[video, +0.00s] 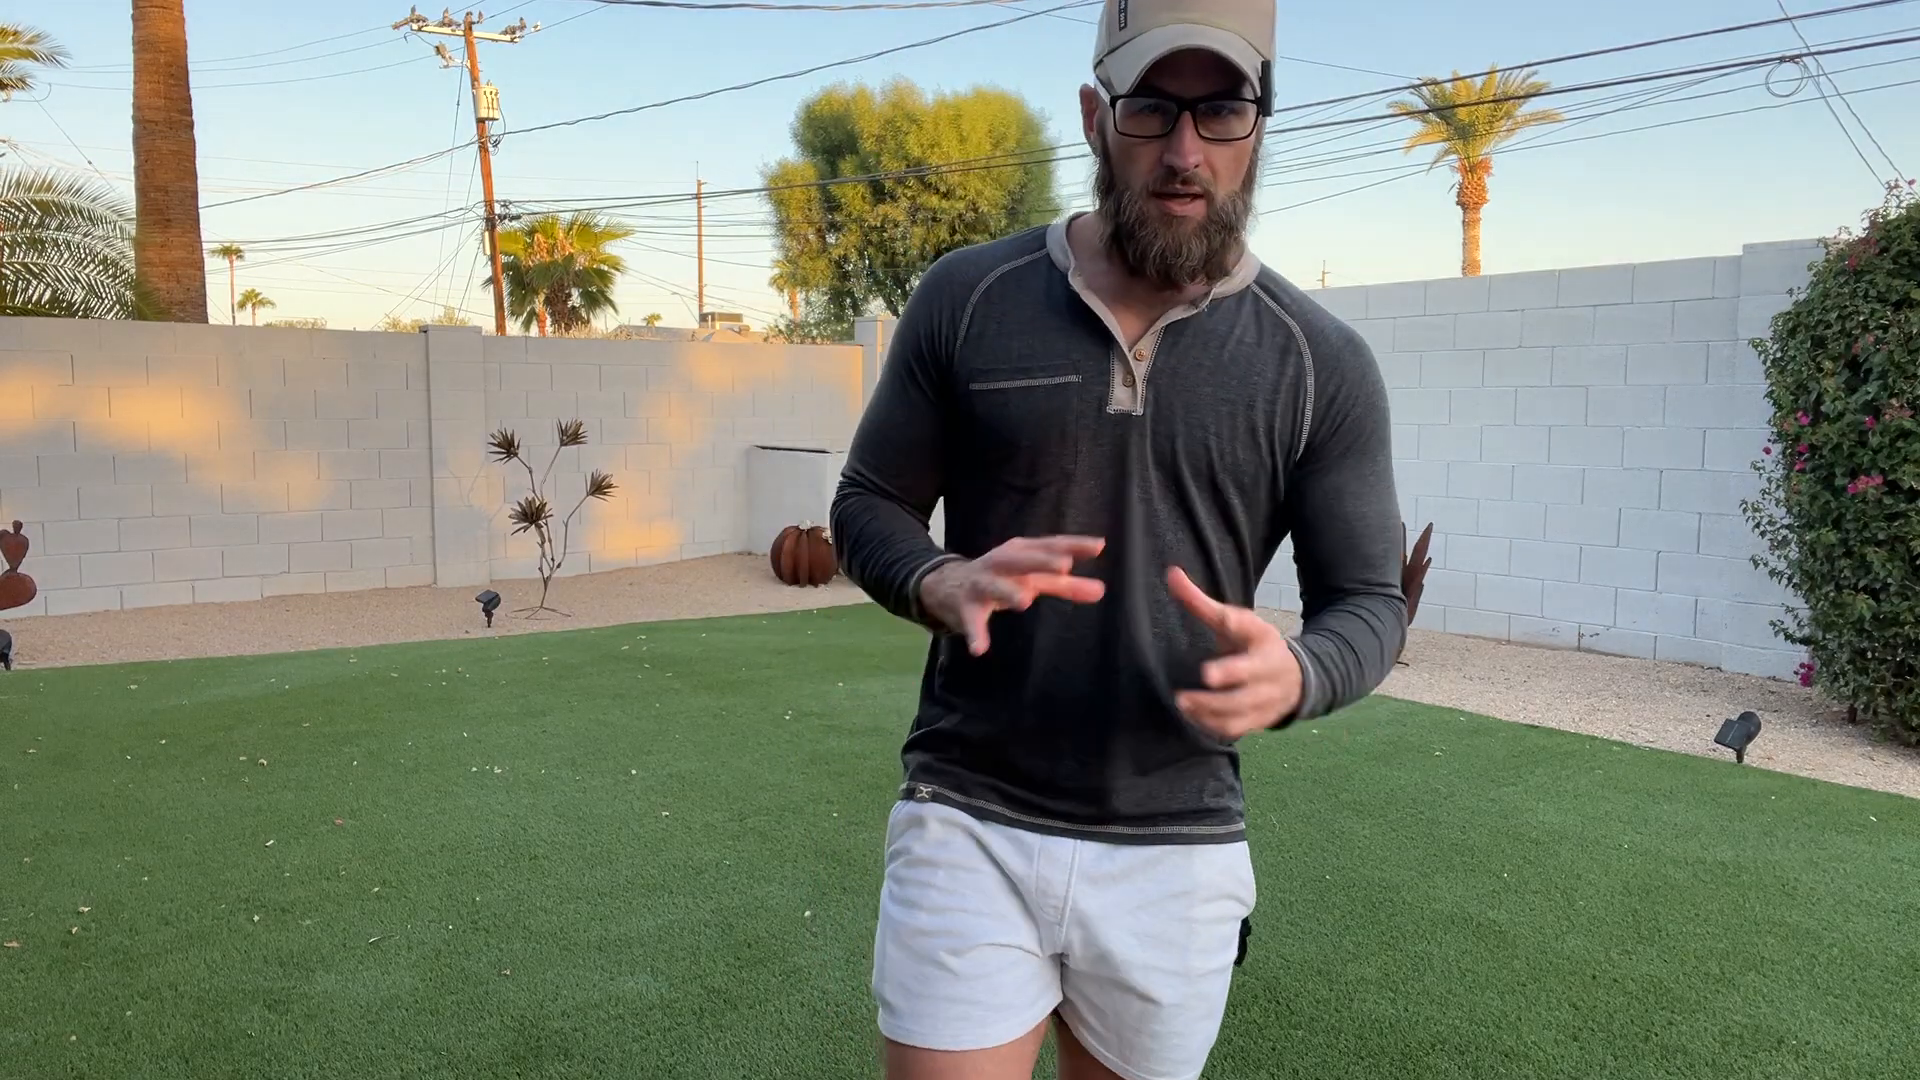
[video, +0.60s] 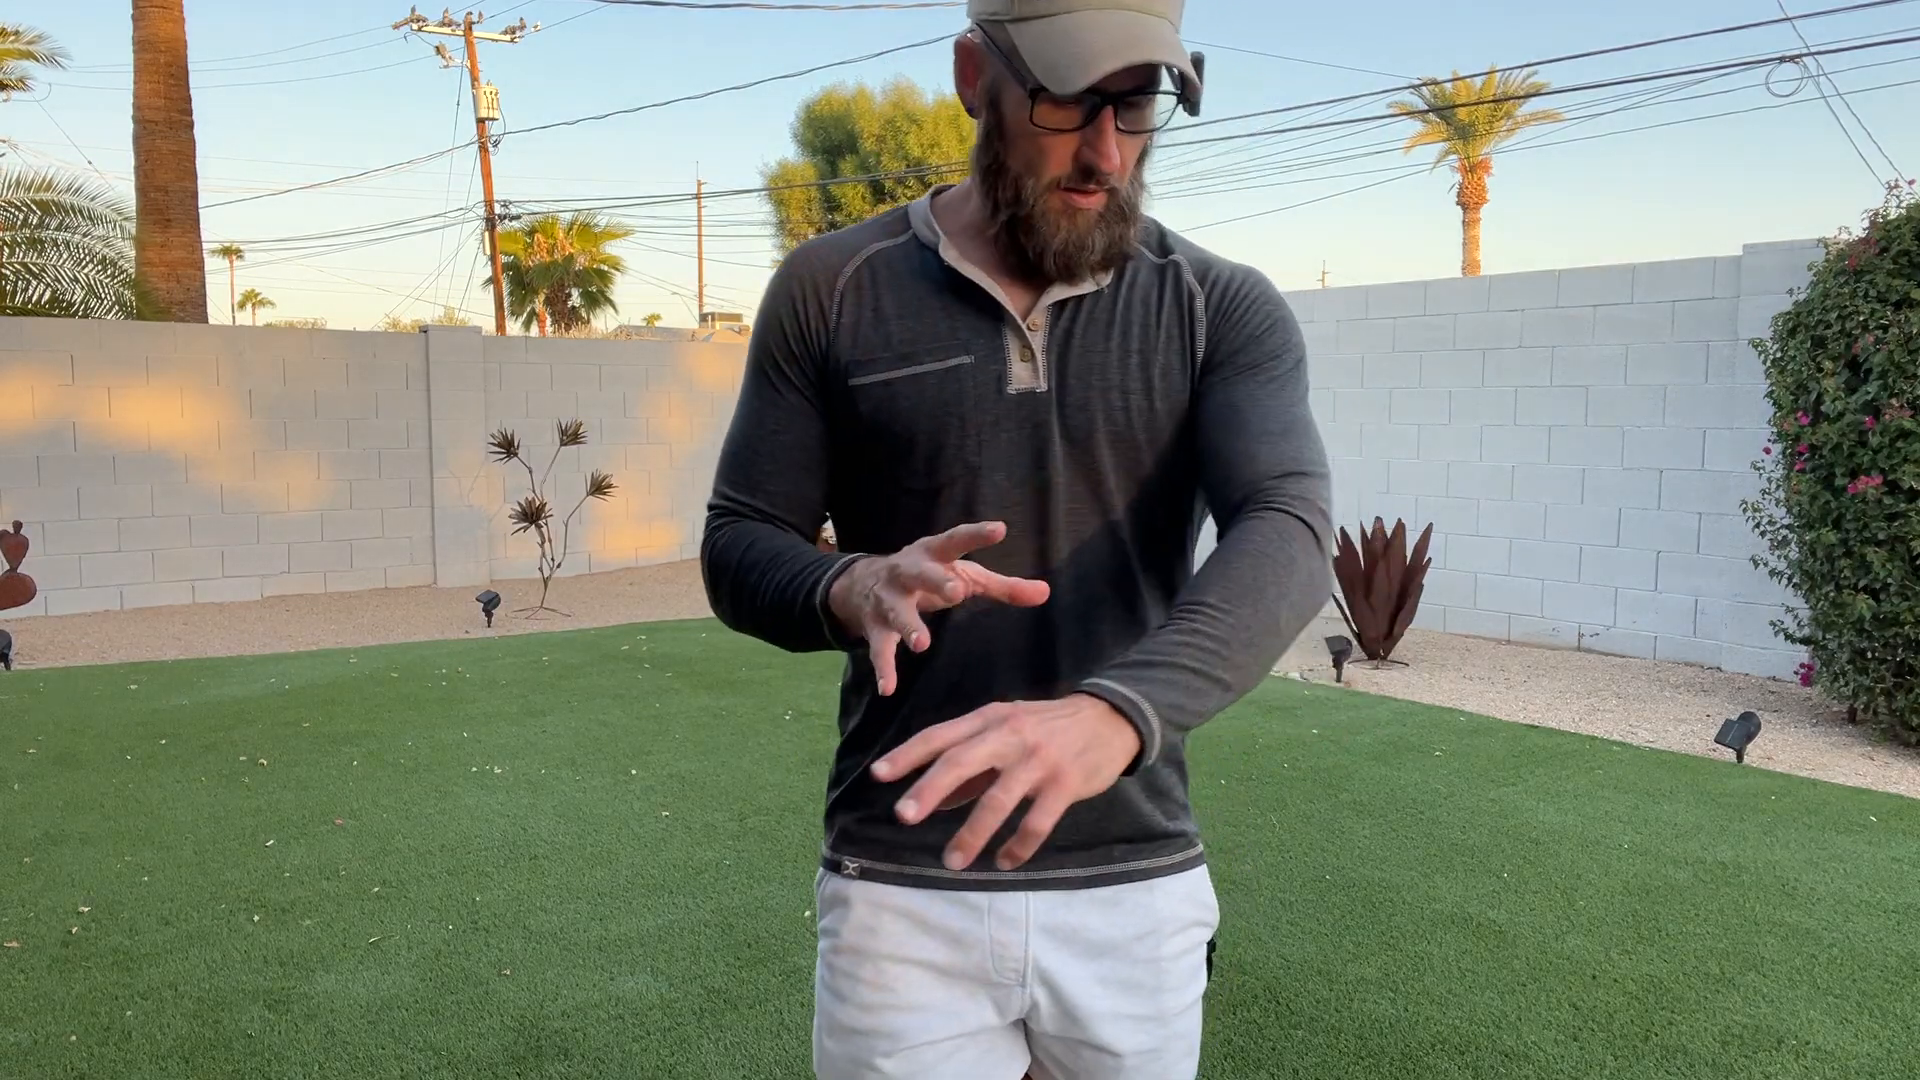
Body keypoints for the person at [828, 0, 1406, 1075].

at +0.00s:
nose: (1184, 152)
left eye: (1219, 119)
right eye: (1151, 113)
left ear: (1257, 136)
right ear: (1096, 120)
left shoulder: (1322, 363)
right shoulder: (964, 302)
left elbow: (1366, 602)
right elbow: (868, 506)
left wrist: (1303, 672)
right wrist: (939, 578)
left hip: (1177, 846)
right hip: (966, 823)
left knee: (1130, 1068)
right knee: (940, 1064)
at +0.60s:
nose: (1108, 153)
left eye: (1136, 108)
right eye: (1066, 106)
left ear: (1164, 101)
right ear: (975, 74)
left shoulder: (1223, 310)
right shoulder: (832, 290)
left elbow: (1287, 532)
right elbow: (741, 545)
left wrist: (1120, 709)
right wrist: (847, 589)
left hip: (1135, 897)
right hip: (902, 899)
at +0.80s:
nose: (1020, 120)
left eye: (1053, 73)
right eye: (980, 74)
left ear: (1090, 73)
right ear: (898, 61)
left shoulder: (1170, 290)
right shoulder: (766, 280)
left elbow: (1165, 543)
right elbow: (687, 552)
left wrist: (943, 737)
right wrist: (900, 577)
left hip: (1095, 919)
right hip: (850, 918)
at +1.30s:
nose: (859, 75)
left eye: (902, 26)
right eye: (815, 26)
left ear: (950, 43)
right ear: (752, 35)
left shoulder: (1072, 279)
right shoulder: (641, 299)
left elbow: (1200, 550)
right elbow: (568, 598)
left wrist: (1026, 630)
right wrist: (721, 565)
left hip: (1028, 929)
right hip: (767, 947)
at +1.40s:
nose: (850, 89)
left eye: (893, 39)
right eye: (804, 40)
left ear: (945, 47)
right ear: (741, 40)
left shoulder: (1079, 278)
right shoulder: (639, 299)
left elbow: (1238, 527)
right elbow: (567, 631)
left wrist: (1240, 614)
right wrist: (523, 618)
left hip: (1033, 940)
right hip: (764, 957)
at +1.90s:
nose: (957, 67)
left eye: (1004, 15)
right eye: (905, 18)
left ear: (1057, 30)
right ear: (837, 27)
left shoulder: (1190, 280)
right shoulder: (697, 289)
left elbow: (1289, 591)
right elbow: (637, 596)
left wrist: (1392, 705)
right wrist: (525, 702)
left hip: (1110, 1006)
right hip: (810, 1013)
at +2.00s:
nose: (1009, 46)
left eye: (1058, 4)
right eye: (958, 1)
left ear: (1107, 26)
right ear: (889, 13)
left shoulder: (1238, 278)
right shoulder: (723, 277)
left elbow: (1338, 603)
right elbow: (646, 587)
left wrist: (1378, 806)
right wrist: (614, 752)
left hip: (1154, 1004)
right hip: (842, 1013)